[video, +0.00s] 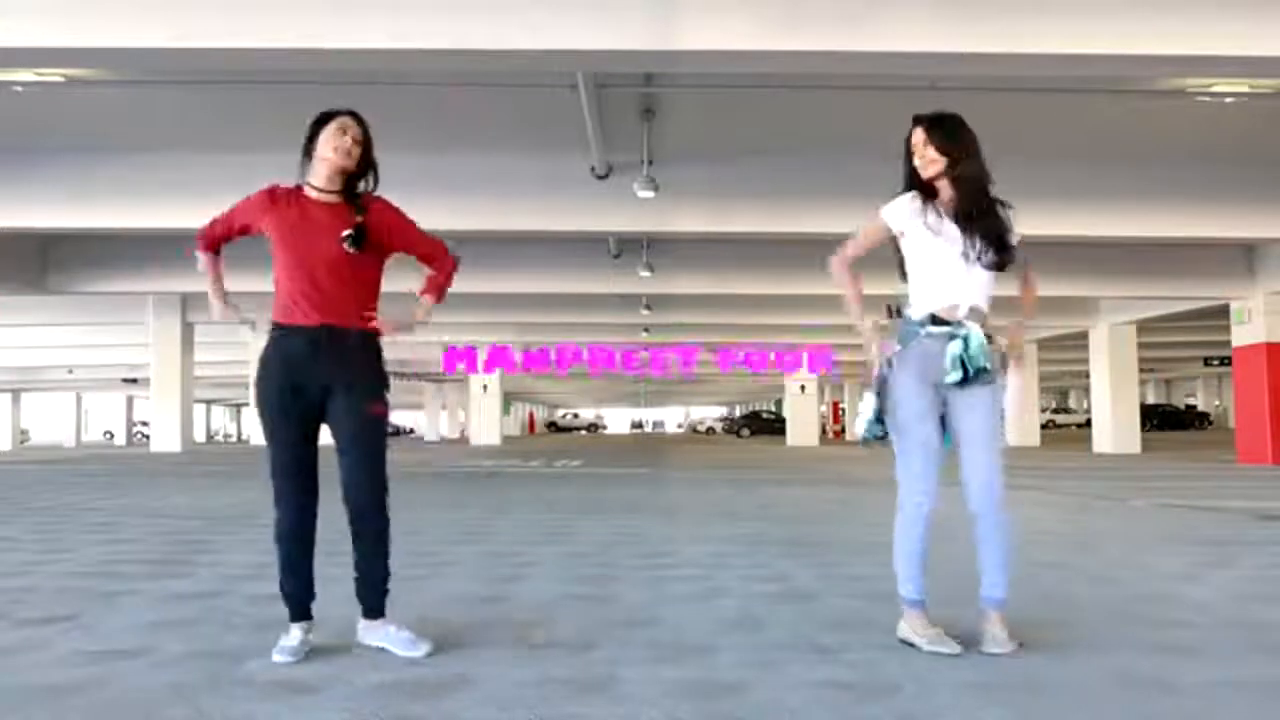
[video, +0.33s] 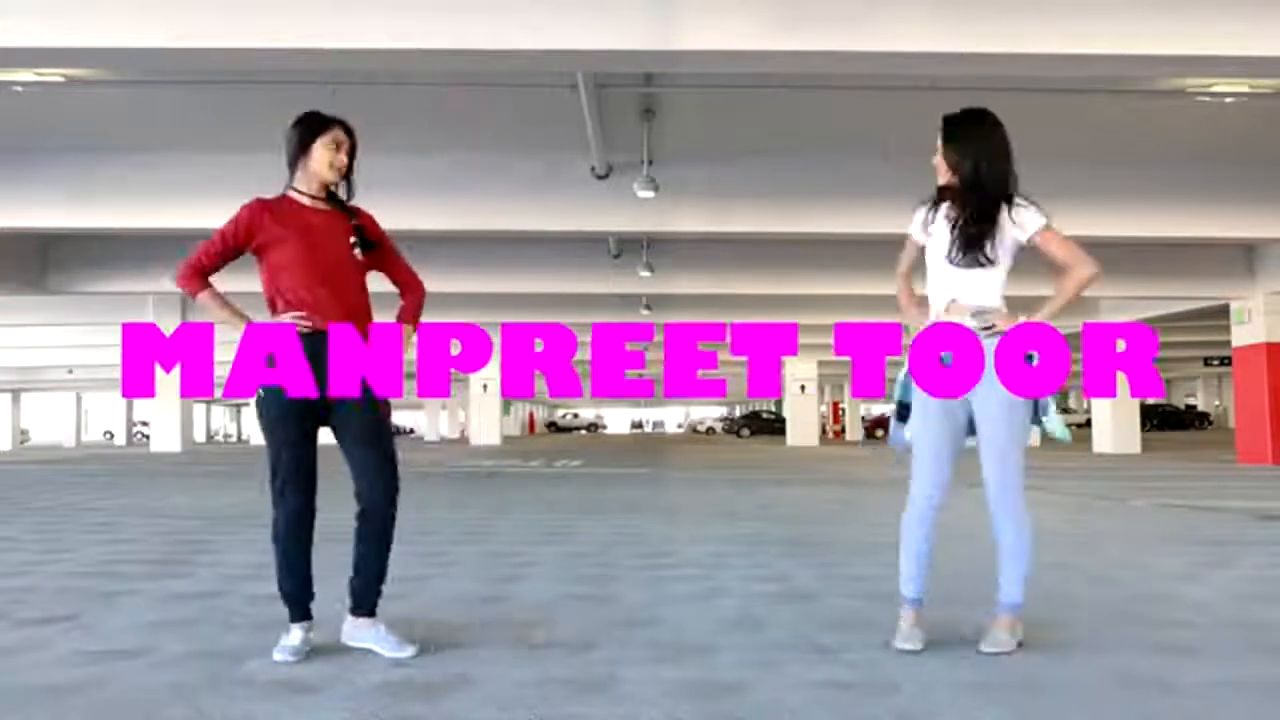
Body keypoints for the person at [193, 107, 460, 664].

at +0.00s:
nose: (347, 143)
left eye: (356, 140)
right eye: (338, 133)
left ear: (362, 161)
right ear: (312, 145)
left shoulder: (375, 213)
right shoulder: (273, 202)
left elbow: (443, 261)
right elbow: (209, 237)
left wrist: (416, 318)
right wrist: (217, 296)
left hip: (355, 358)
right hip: (288, 358)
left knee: (367, 493)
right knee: (294, 498)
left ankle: (373, 621)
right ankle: (298, 624)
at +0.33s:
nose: (344, 157)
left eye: (348, 150)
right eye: (334, 146)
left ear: (346, 162)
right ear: (302, 152)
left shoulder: (358, 224)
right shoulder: (263, 214)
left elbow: (413, 290)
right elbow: (189, 273)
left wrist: (391, 357)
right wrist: (247, 324)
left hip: (355, 371)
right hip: (288, 371)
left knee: (380, 490)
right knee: (292, 497)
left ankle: (361, 620)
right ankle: (298, 623)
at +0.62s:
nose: (342, 166)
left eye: (347, 158)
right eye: (333, 153)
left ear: (346, 168)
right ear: (303, 155)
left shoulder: (353, 226)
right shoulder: (263, 219)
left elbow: (406, 292)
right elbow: (195, 283)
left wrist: (391, 355)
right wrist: (258, 329)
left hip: (358, 371)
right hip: (293, 371)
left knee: (387, 488)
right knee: (297, 499)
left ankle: (365, 617)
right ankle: (302, 621)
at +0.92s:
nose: (344, 163)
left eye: (350, 156)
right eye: (335, 151)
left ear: (349, 168)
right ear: (305, 154)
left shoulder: (357, 226)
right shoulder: (264, 218)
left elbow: (410, 292)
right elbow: (194, 283)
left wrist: (391, 353)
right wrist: (255, 329)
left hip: (357, 371)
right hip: (291, 372)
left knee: (385, 489)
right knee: (295, 499)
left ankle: (365, 618)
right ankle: (301, 620)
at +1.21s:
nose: (343, 161)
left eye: (348, 154)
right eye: (333, 149)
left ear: (348, 166)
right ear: (302, 154)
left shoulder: (356, 227)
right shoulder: (261, 219)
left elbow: (411, 292)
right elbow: (189, 282)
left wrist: (390, 354)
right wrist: (248, 329)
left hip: (354, 370)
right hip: (288, 370)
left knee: (382, 489)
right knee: (292, 499)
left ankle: (365, 619)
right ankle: (301, 623)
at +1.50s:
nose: (343, 155)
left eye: (348, 150)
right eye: (333, 144)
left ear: (347, 164)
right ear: (302, 149)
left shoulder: (354, 226)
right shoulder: (260, 214)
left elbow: (407, 291)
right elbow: (185, 275)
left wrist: (385, 350)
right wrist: (236, 325)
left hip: (347, 366)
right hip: (282, 366)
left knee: (391, 479)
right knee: (289, 499)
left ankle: (387, 604)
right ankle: (300, 623)